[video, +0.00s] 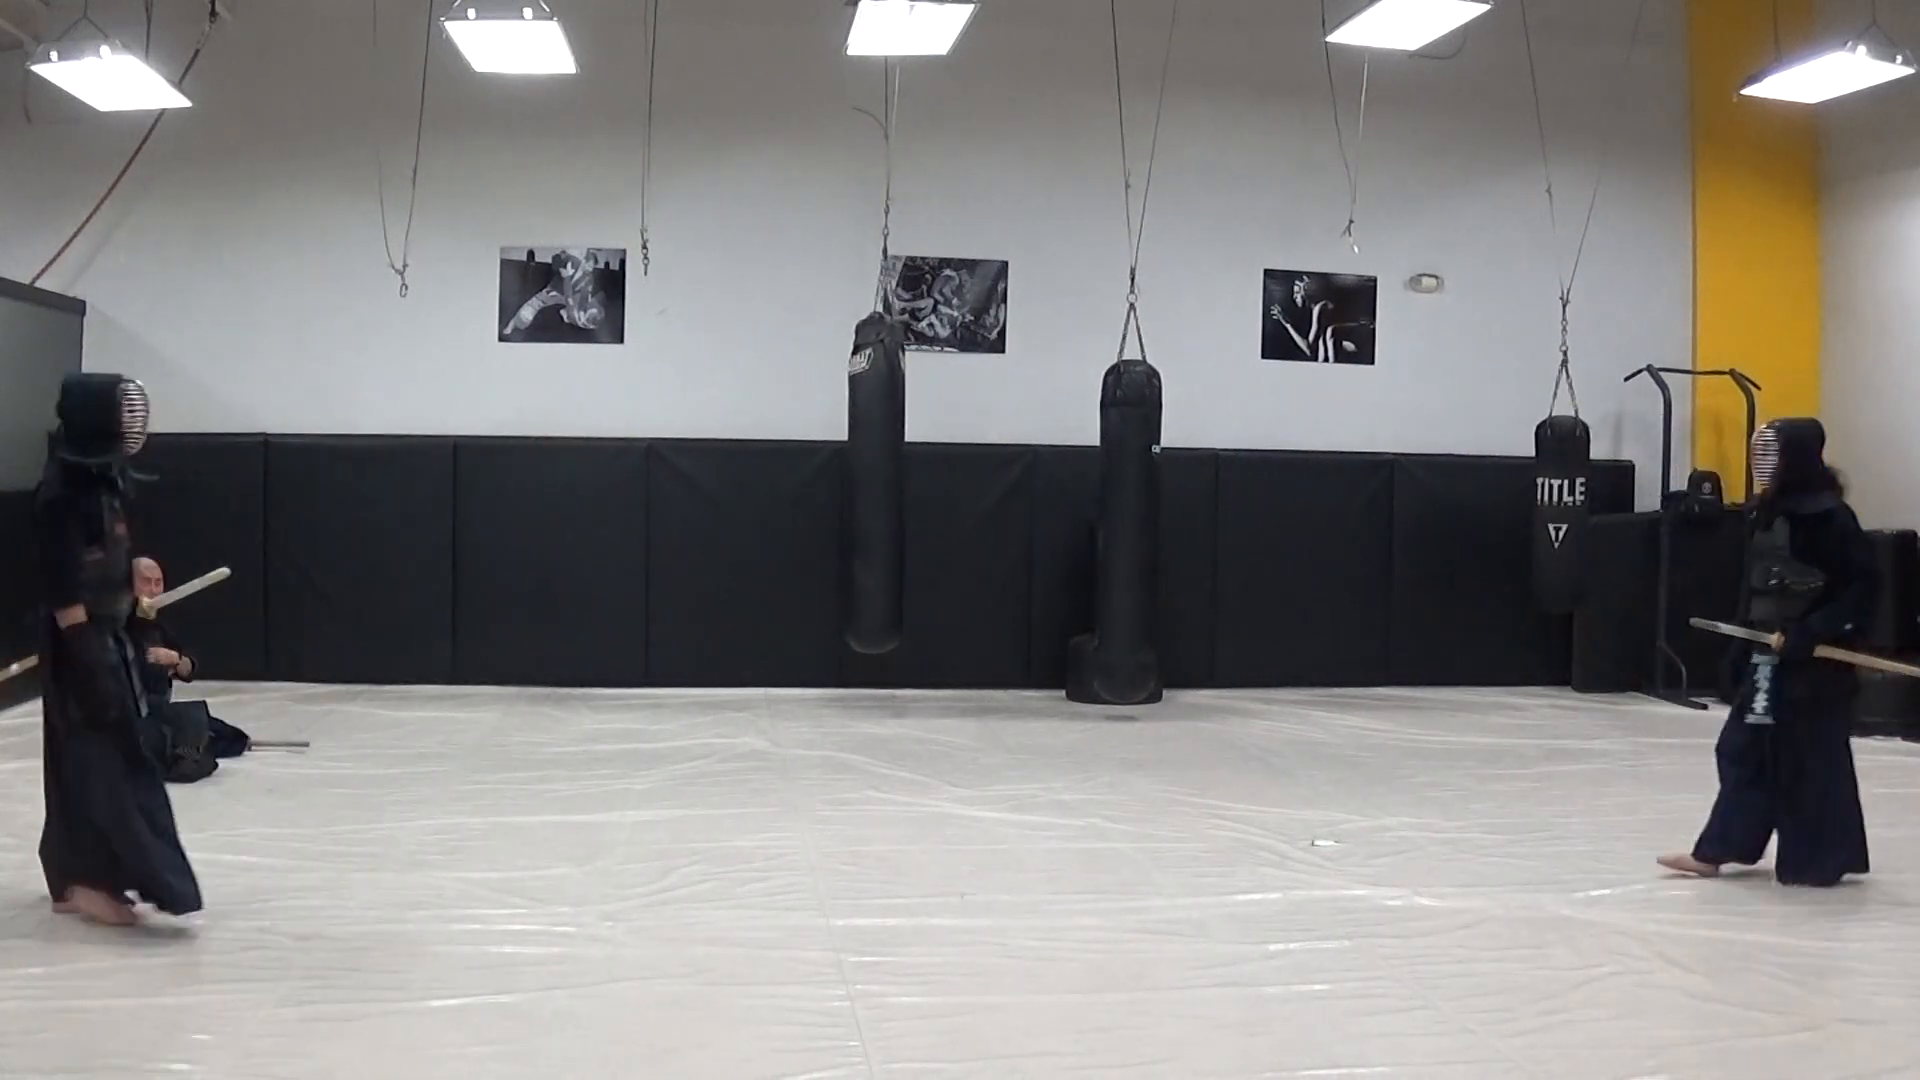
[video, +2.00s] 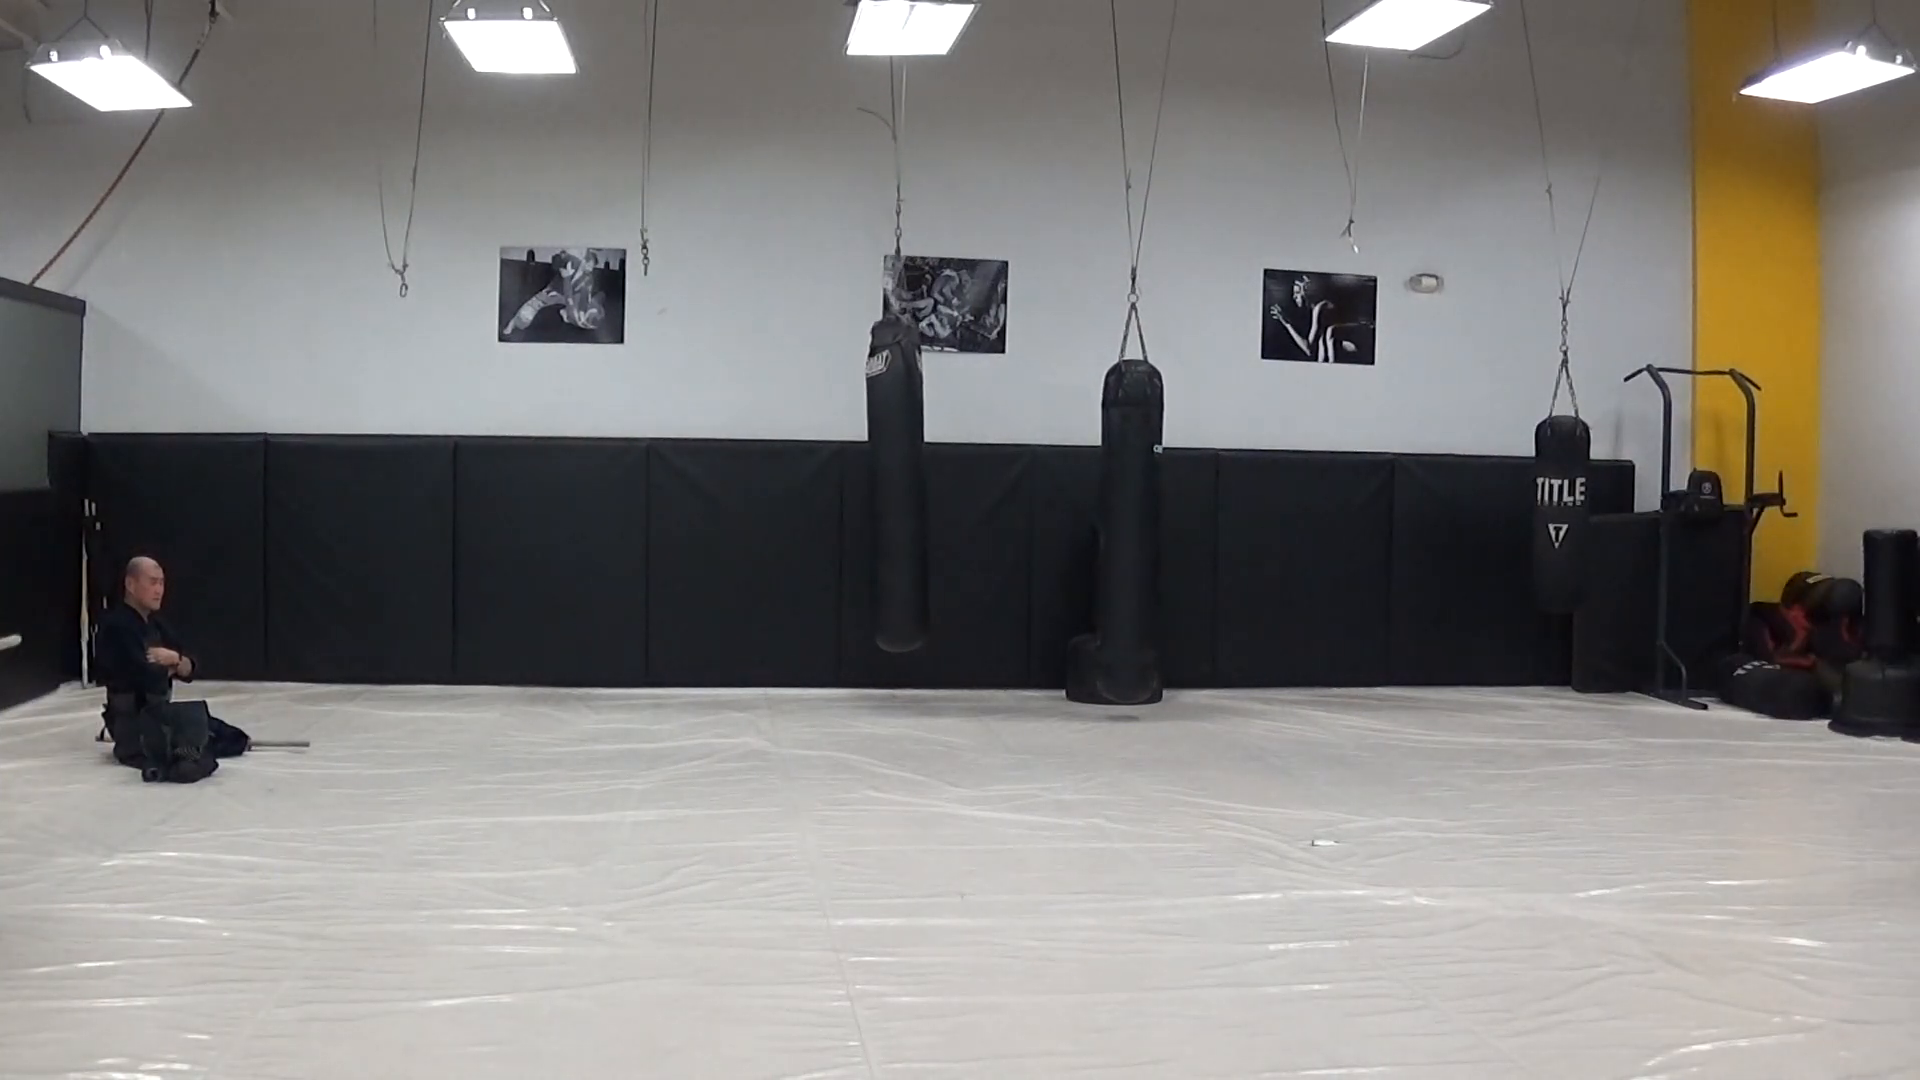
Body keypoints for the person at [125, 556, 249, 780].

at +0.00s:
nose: (154, 589)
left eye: (158, 582)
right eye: (147, 582)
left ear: (163, 585)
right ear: (131, 584)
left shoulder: (157, 624)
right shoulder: (122, 624)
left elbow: (190, 670)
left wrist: (175, 659)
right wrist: (172, 668)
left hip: (160, 711)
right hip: (133, 715)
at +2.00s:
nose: (160, 590)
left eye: (162, 583)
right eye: (153, 582)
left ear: (164, 585)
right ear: (130, 584)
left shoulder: (156, 623)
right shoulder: (115, 624)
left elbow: (190, 671)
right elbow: (142, 678)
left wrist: (176, 659)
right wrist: (173, 667)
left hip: (162, 721)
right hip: (133, 732)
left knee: (237, 740)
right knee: (200, 760)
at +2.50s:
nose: (159, 589)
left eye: (160, 582)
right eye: (152, 582)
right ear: (129, 585)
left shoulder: (155, 623)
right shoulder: (114, 624)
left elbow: (169, 674)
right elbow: (136, 664)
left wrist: (190, 669)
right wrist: (175, 654)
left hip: (162, 716)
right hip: (129, 723)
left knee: (236, 740)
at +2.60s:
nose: (158, 589)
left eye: (160, 582)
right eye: (151, 582)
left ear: (163, 585)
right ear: (129, 586)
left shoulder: (154, 623)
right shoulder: (116, 621)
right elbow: (145, 652)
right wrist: (194, 634)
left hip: (162, 717)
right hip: (130, 724)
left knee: (236, 740)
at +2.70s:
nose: (157, 590)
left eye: (160, 583)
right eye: (150, 582)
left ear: (163, 585)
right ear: (128, 586)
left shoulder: (156, 621)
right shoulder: (116, 620)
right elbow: (149, 639)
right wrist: (204, 622)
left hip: (162, 715)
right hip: (128, 721)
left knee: (236, 739)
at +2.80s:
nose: (157, 590)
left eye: (160, 583)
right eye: (150, 583)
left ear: (164, 585)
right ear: (128, 585)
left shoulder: (157, 624)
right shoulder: (116, 620)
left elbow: (173, 679)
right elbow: (147, 634)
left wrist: (186, 697)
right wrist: (201, 624)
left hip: (166, 712)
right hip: (129, 719)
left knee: (235, 740)